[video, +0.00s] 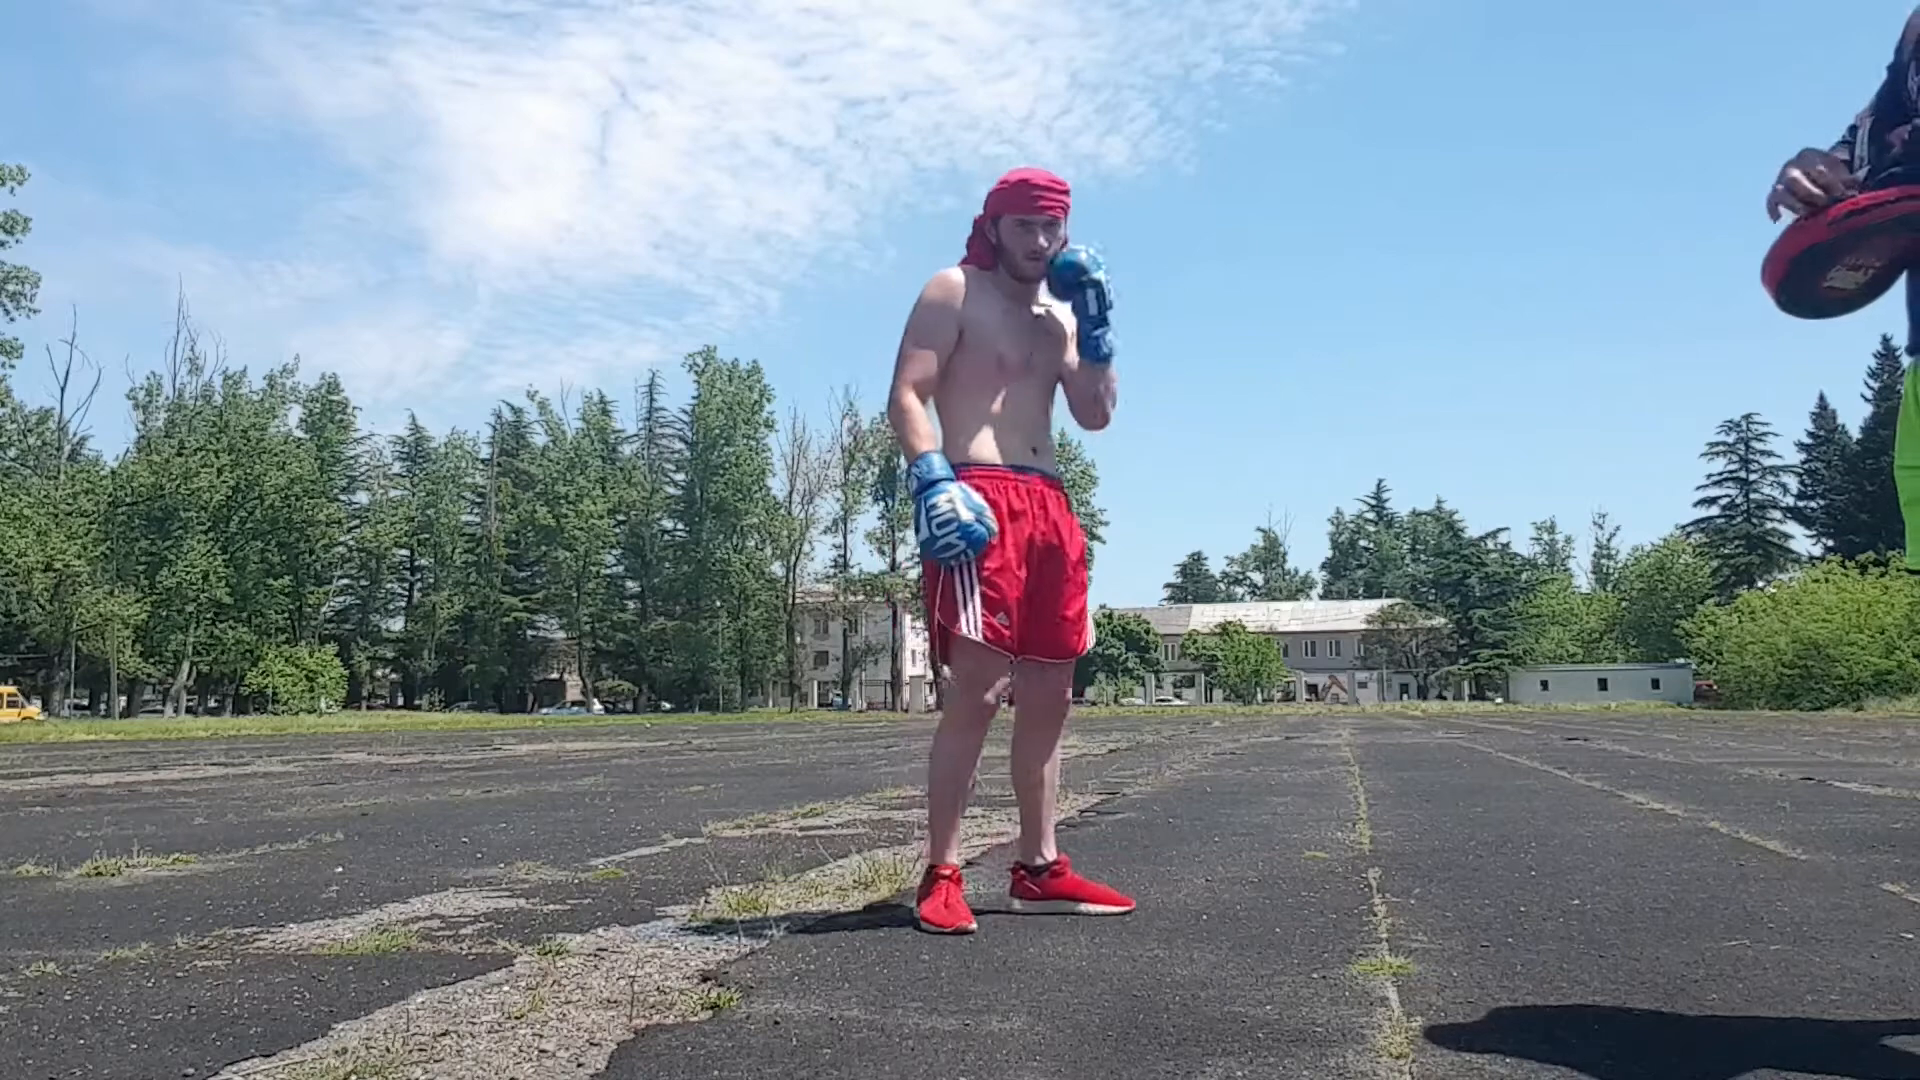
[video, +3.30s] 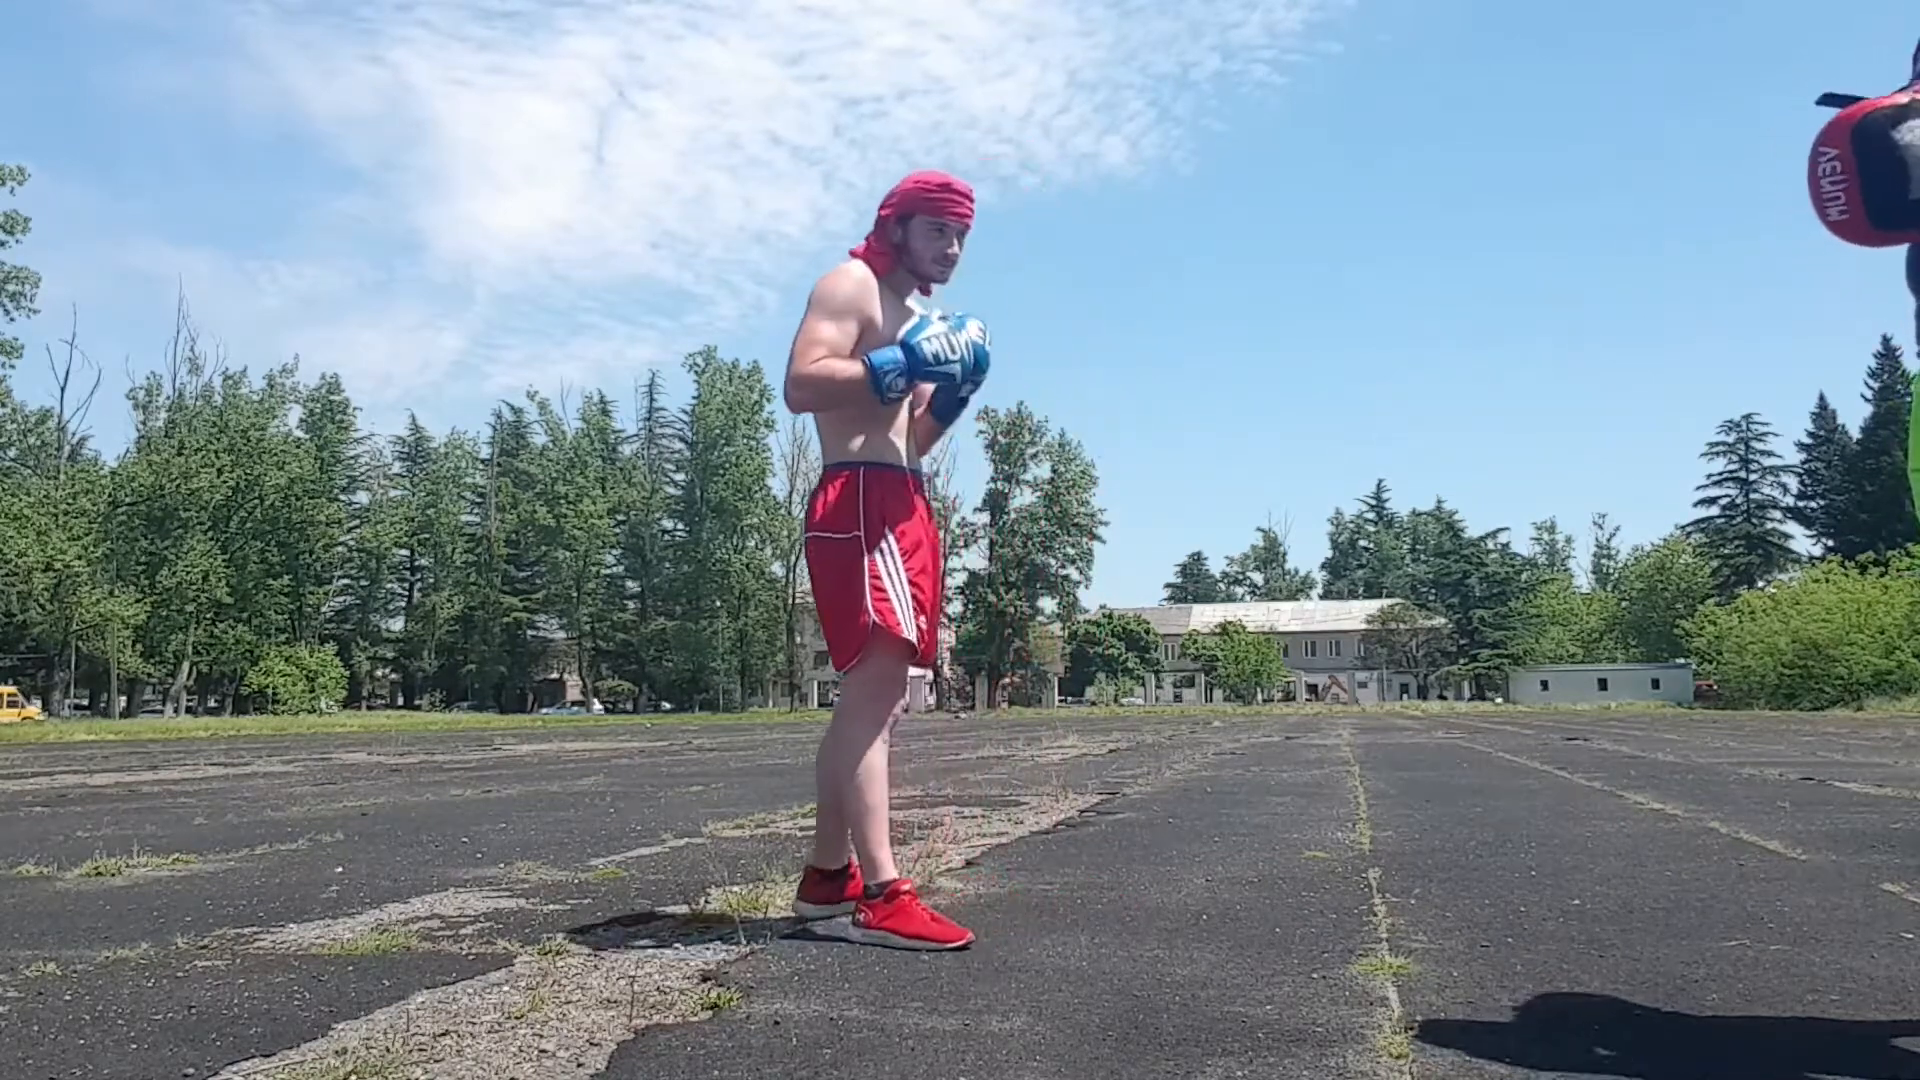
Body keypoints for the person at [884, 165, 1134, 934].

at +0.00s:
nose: (1043, 239)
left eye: (1053, 227)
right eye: (1028, 225)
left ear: (1064, 235)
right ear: (992, 228)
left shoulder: (1060, 316)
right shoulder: (954, 291)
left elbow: (1094, 414)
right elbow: (908, 395)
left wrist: (1095, 323)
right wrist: (932, 481)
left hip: (1048, 511)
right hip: (976, 505)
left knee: (1048, 692)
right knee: (977, 691)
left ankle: (1039, 865)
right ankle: (942, 871)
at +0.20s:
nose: (1062, 239)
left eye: (1074, 227)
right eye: (1047, 226)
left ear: (1089, 238)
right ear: (1016, 233)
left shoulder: (1095, 329)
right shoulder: (977, 294)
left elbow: (1115, 439)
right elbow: (932, 396)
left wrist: (1151, 367)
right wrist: (956, 482)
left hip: (1067, 509)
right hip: (993, 497)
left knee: (1056, 694)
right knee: (1004, 679)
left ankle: (1039, 864)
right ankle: (947, 858)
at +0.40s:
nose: (1064, 234)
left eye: (1077, 223)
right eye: (1049, 220)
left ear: (1095, 235)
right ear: (1022, 229)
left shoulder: (1104, 329)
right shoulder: (985, 292)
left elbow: (1123, 431)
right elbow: (938, 393)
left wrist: (1157, 487)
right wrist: (952, 483)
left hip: (1077, 509)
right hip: (1000, 497)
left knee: (1057, 699)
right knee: (1007, 681)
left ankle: (1039, 869)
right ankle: (957, 871)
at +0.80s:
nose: (1036, 212)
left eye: (1051, 202)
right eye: (1020, 199)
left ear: (1066, 217)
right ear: (992, 210)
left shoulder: (1067, 312)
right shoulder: (959, 278)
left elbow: (1058, 430)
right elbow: (914, 387)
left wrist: (1112, 431)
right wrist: (939, 488)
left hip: (1047, 503)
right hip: (974, 496)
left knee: (1050, 697)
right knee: (967, 697)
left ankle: (1041, 866)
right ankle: (963, 886)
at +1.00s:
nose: (1030, 209)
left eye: (1041, 198)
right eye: (1013, 195)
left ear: (1051, 210)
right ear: (979, 202)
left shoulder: (1047, 303)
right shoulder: (944, 268)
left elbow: (1071, 404)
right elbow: (903, 378)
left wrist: (1117, 322)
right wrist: (932, 485)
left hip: (1022, 497)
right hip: (955, 492)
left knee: (1037, 687)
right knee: (958, 688)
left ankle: (1041, 859)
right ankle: (962, 885)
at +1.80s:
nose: (1032, 243)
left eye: (1038, 232)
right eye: (1023, 226)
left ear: (1020, 238)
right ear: (977, 219)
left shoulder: (1004, 314)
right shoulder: (912, 289)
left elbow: (1007, 442)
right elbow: (892, 405)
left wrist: (1062, 401)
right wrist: (959, 387)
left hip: (1004, 501)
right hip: (949, 495)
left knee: (977, 692)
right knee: (985, 686)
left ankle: (936, 873)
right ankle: (960, 881)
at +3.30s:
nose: (949, 251)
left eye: (959, 240)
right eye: (938, 233)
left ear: (956, 247)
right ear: (894, 226)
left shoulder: (911, 315)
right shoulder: (851, 282)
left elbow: (908, 445)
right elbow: (801, 385)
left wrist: (951, 400)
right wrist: (896, 367)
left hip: (901, 504)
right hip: (861, 499)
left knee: (877, 694)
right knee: (874, 690)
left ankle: (828, 876)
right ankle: (881, 890)